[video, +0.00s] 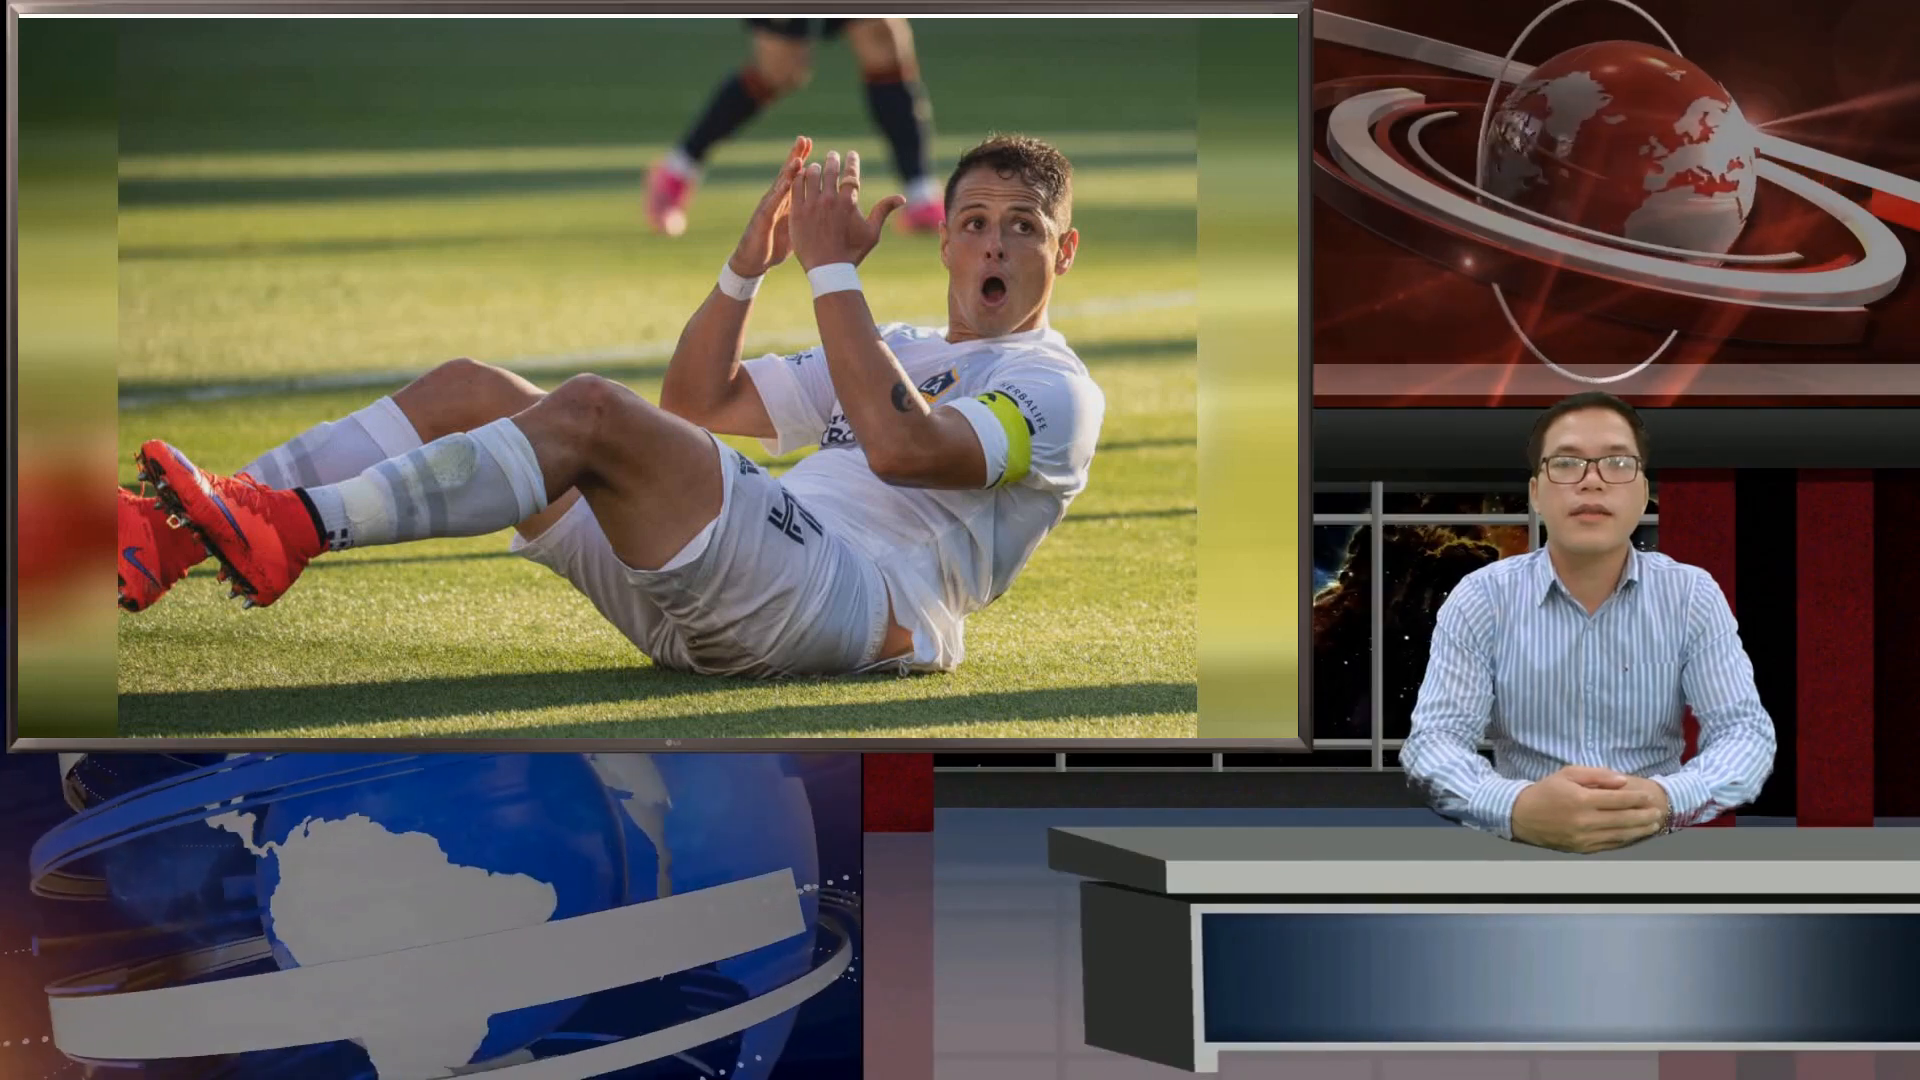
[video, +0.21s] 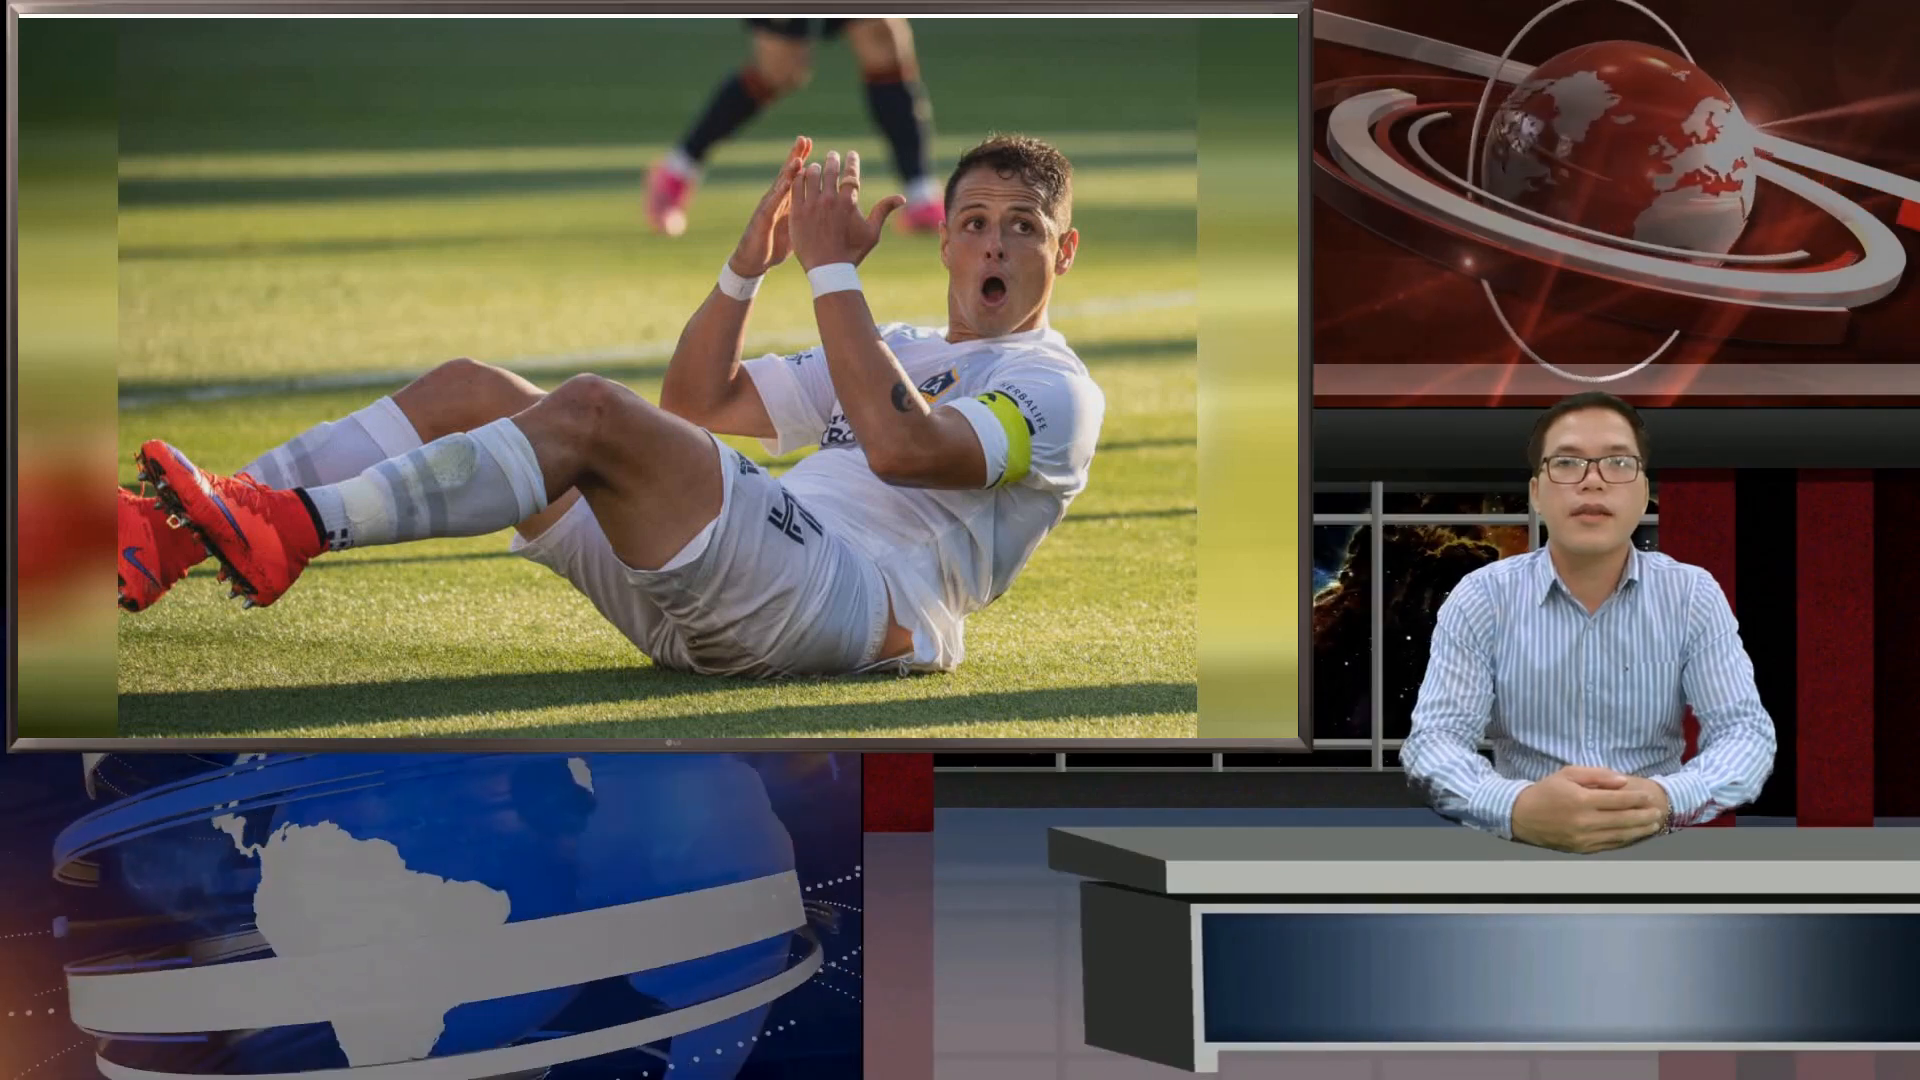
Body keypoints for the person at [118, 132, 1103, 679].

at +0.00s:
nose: (995, 246)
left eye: (1022, 230)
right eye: (976, 224)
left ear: (1065, 258)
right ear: (943, 240)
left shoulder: (1055, 389)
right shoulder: (892, 358)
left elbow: (902, 447)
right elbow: (695, 404)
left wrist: (833, 270)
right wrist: (746, 270)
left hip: (839, 602)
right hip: (732, 571)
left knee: (592, 413)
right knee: (468, 389)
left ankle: (300, 524)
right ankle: (179, 539)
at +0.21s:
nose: (995, 246)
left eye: (1022, 230)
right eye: (976, 224)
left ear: (1065, 258)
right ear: (943, 240)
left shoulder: (1055, 389)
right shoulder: (892, 358)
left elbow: (902, 447)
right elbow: (695, 405)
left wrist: (833, 270)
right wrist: (746, 270)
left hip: (839, 603)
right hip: (732, 572)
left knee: (592, 413)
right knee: (468, 389)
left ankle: (300, 524)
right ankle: (180, 538)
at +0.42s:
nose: (995, 246)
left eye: (1022, 230)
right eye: (976, 224)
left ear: (1065, 257)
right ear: (942, 241)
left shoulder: (1055, 389)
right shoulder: (892, 358)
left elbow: (901, 447)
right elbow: (695, 405)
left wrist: (833, 270)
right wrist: (747, 269)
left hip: (840, 603)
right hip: (732, 573)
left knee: (592, 413)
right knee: (468, 389)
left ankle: (299, 525)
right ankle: (179, 538)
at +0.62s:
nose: (995, 246)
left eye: (1022, 230)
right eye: (976, 224)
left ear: (1065, 258)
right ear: (943, 240)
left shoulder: (1055, 389)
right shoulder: (892, 358)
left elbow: (902, 447)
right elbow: (695, 404)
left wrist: (833, 270)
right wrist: (746, 270)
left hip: (840, 603)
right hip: (732, 571)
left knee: (592, 413)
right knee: (468, 389)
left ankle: (299, 524)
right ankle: (179, 539)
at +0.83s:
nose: (995, 246)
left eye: (1022, 230)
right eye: (975, 224)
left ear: (1065, 257)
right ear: (942, 241)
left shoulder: (1055, 389)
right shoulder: (892, 358)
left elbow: (901, 447)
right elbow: (695, 405)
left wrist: (833, 270)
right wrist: (747, 270)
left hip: (840, 603)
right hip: (732, 573)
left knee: (592, 413)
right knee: (468, 389)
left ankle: (299, 525)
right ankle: (179, 539)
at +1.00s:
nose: (995, 246)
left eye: (1022, 230)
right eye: (976, 224)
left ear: (1065, 258)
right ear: (943, 240)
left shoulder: (1055, 389)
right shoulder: (892, 357)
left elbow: (902, 447)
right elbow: (695, 404)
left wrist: (833, 270)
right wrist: (746, 270)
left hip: (840, 602)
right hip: (733, 571)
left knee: (592, 413)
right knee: (468, 389)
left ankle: (299, 525)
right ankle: (179, 539)